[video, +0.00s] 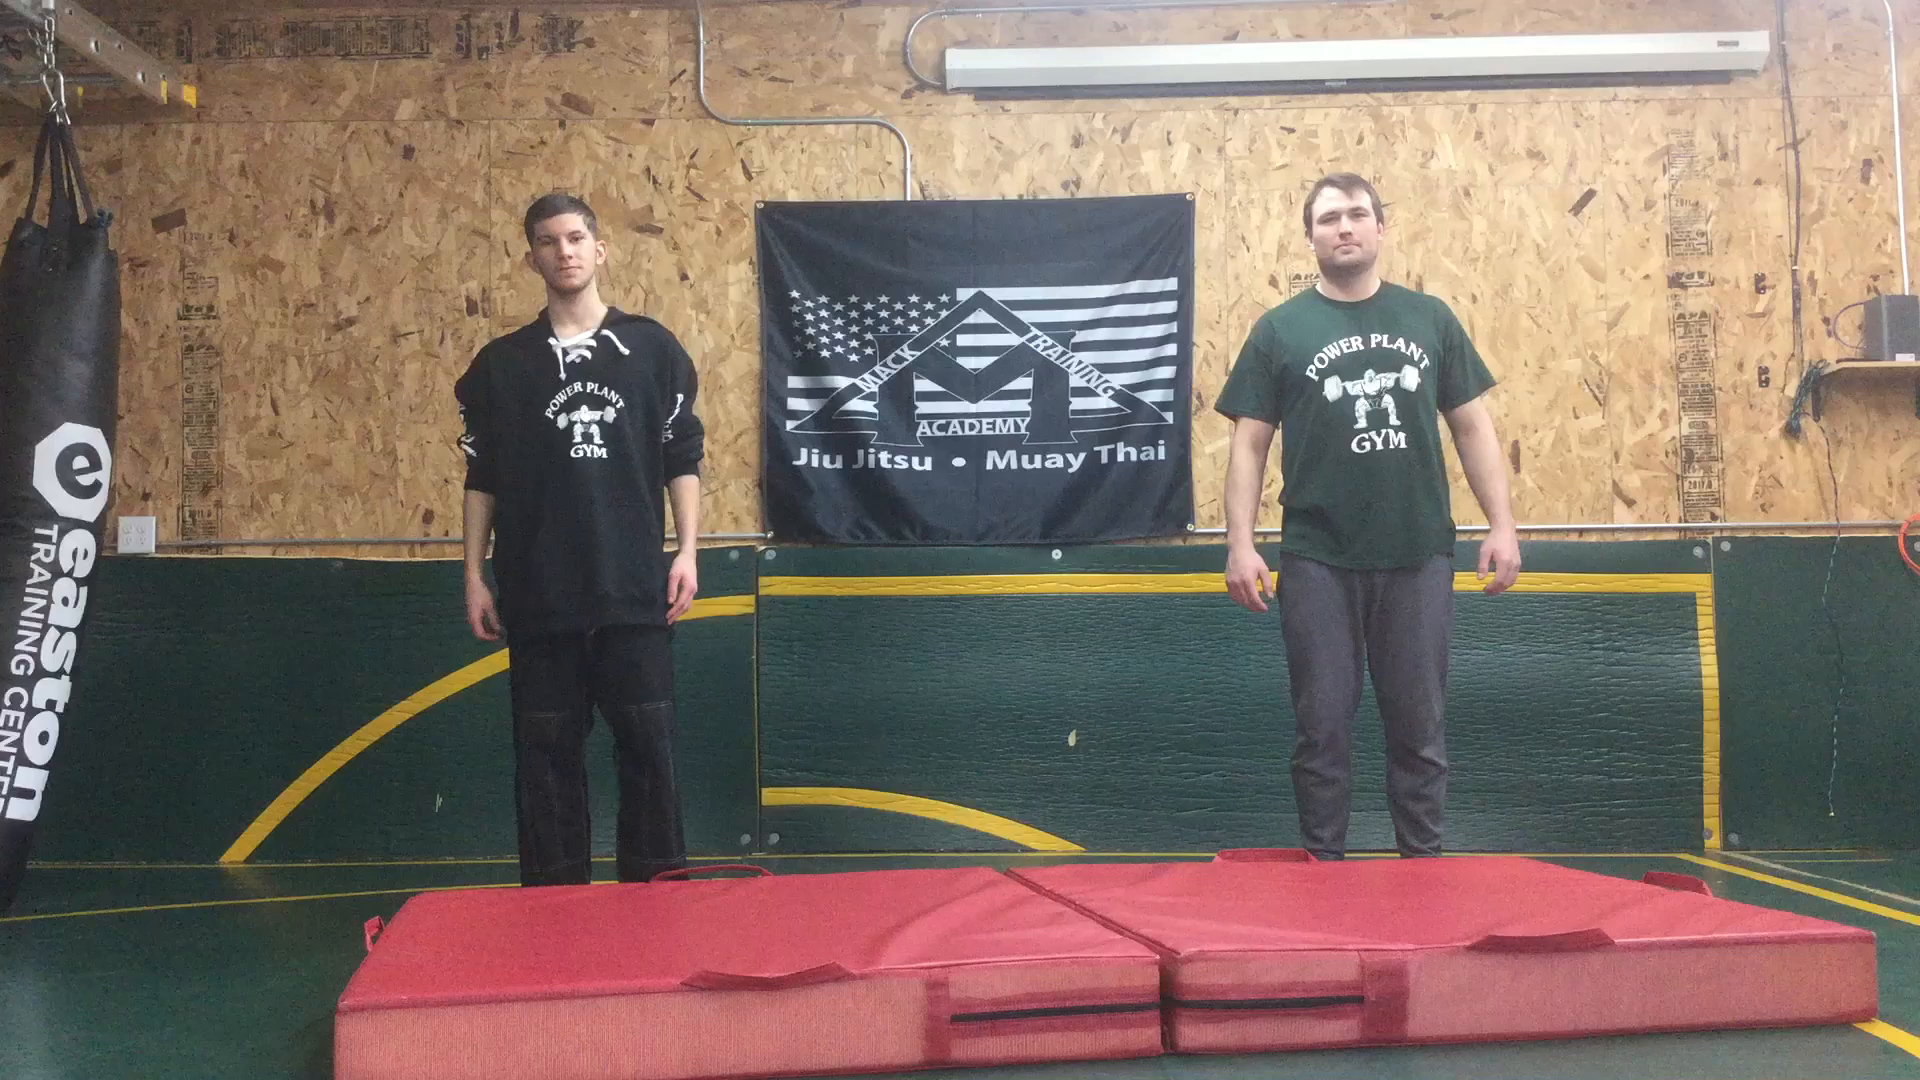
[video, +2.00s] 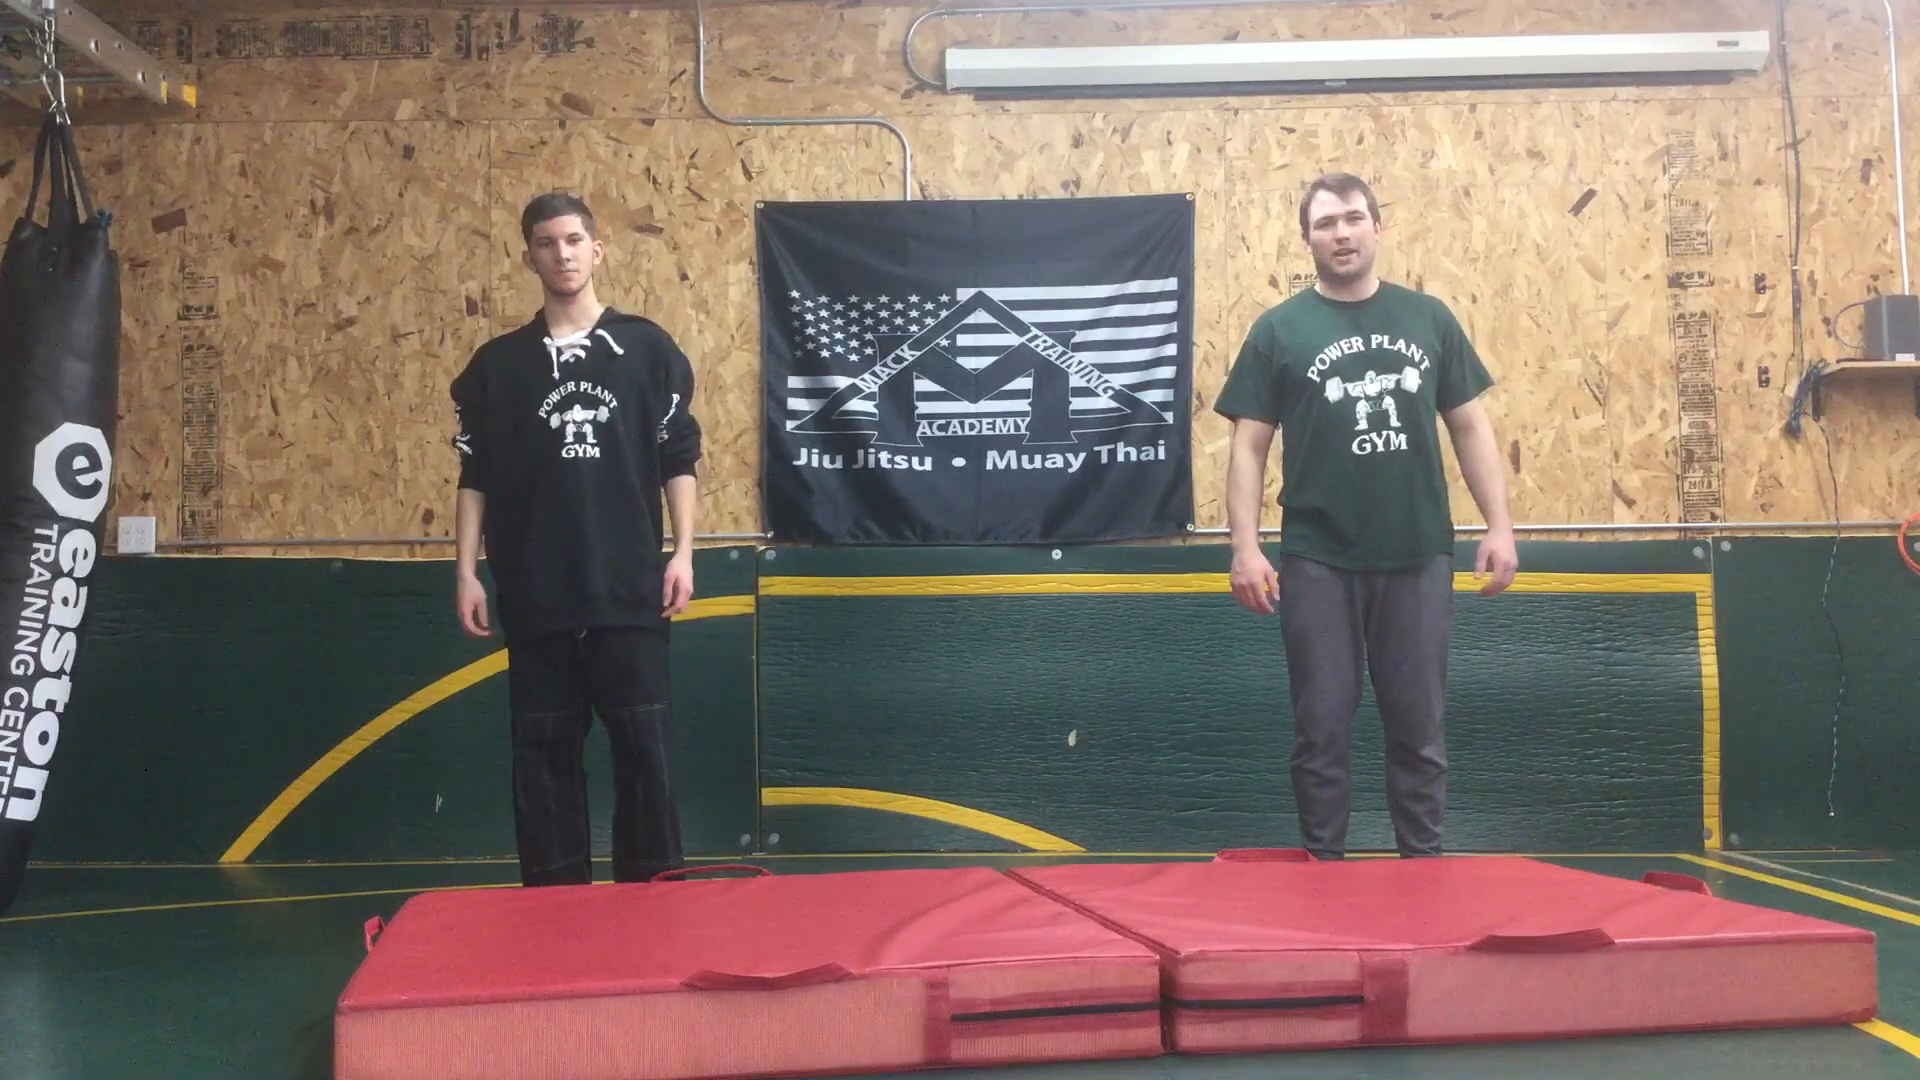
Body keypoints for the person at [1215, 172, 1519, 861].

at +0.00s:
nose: (1344, 227)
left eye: (1356, 215)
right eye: (1329, 219)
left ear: (1382, 228)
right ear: (1311, 239)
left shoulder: (1429, 318)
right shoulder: (1281, 329)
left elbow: (1470, 424)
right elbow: (1249, 440)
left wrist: (1502, 524)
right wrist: (1240, 543)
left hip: (1417, 551)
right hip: (1317, 553)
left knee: (1419, 723)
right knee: (1321, 722)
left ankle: (1424, 866)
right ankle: (1322, 867)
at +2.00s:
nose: (1342, 233)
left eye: (1353, 219)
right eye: (1325, 224)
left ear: (1378, 228)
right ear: (1307, 240)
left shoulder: (1428, 318)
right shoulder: (1279, 331)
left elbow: (1469, 425)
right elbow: (1249, 446)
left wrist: (1500, 525)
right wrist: (1245, 546)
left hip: (1416, 553)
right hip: (1317, 556)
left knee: (1418, 726)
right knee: (1322, 725)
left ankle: (1423, 869)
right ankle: (1323, 870)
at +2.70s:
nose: (1342, 228)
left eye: (1353, 216)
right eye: (1326, 221)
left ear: (1378, 227)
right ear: (1307, 240)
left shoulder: (1427, 318)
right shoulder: (1279, 329)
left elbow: (1468, 427)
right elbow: (1250, 447)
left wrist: (1497, 526)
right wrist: (1250, 548)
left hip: (1417, 555)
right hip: (1317, 557)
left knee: (1419, 727)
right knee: (1323, 726)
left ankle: (1423, 871)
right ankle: (1323, 872)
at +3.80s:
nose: (1338, 229)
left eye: (1349, 216)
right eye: (1322, 221)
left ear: (1376, 228)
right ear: (1305, 240)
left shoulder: (1428, 318)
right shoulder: (1278, 330)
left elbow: (1468, 426)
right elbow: (1249, 446)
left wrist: (1497, 525)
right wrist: (1248, 544)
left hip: (1417, 554)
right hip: (1317, 556)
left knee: (1419, 727)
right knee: (1322, 726)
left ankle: (1423, 869)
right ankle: (1323, 871)